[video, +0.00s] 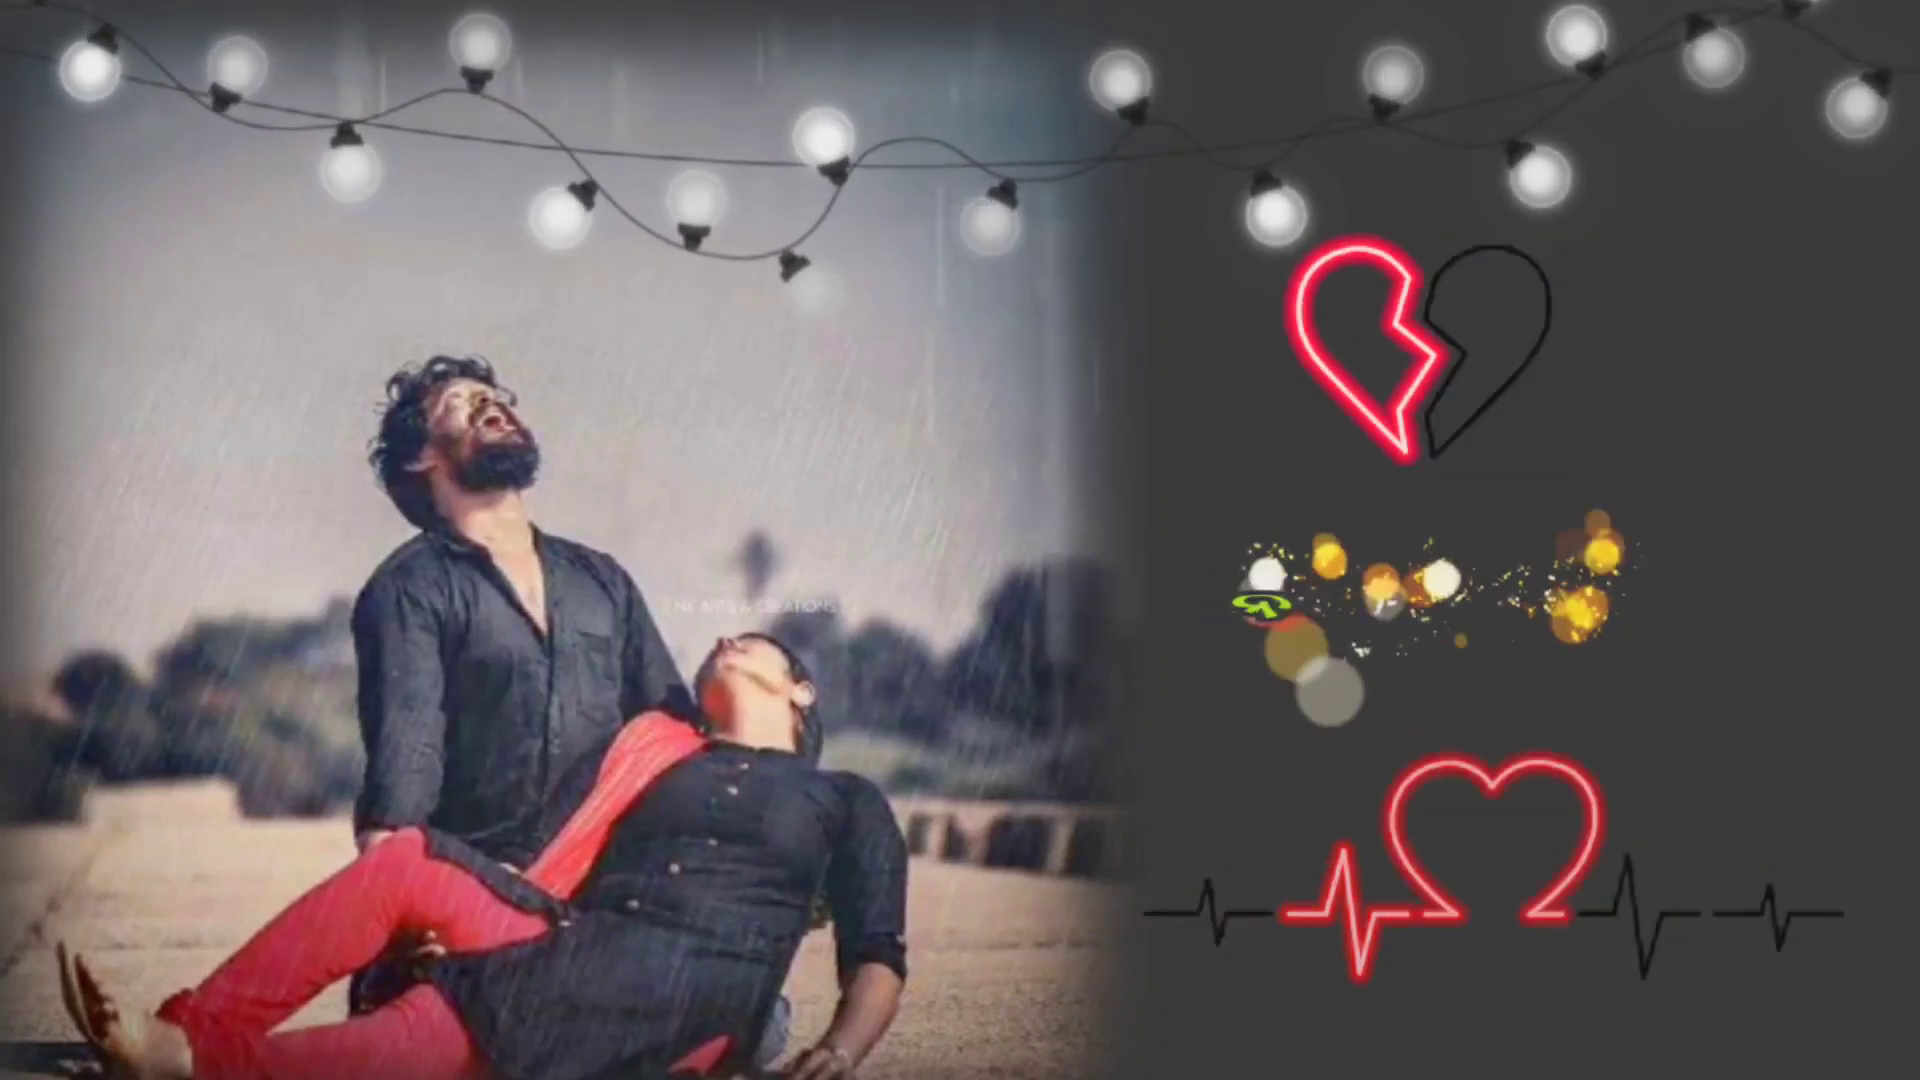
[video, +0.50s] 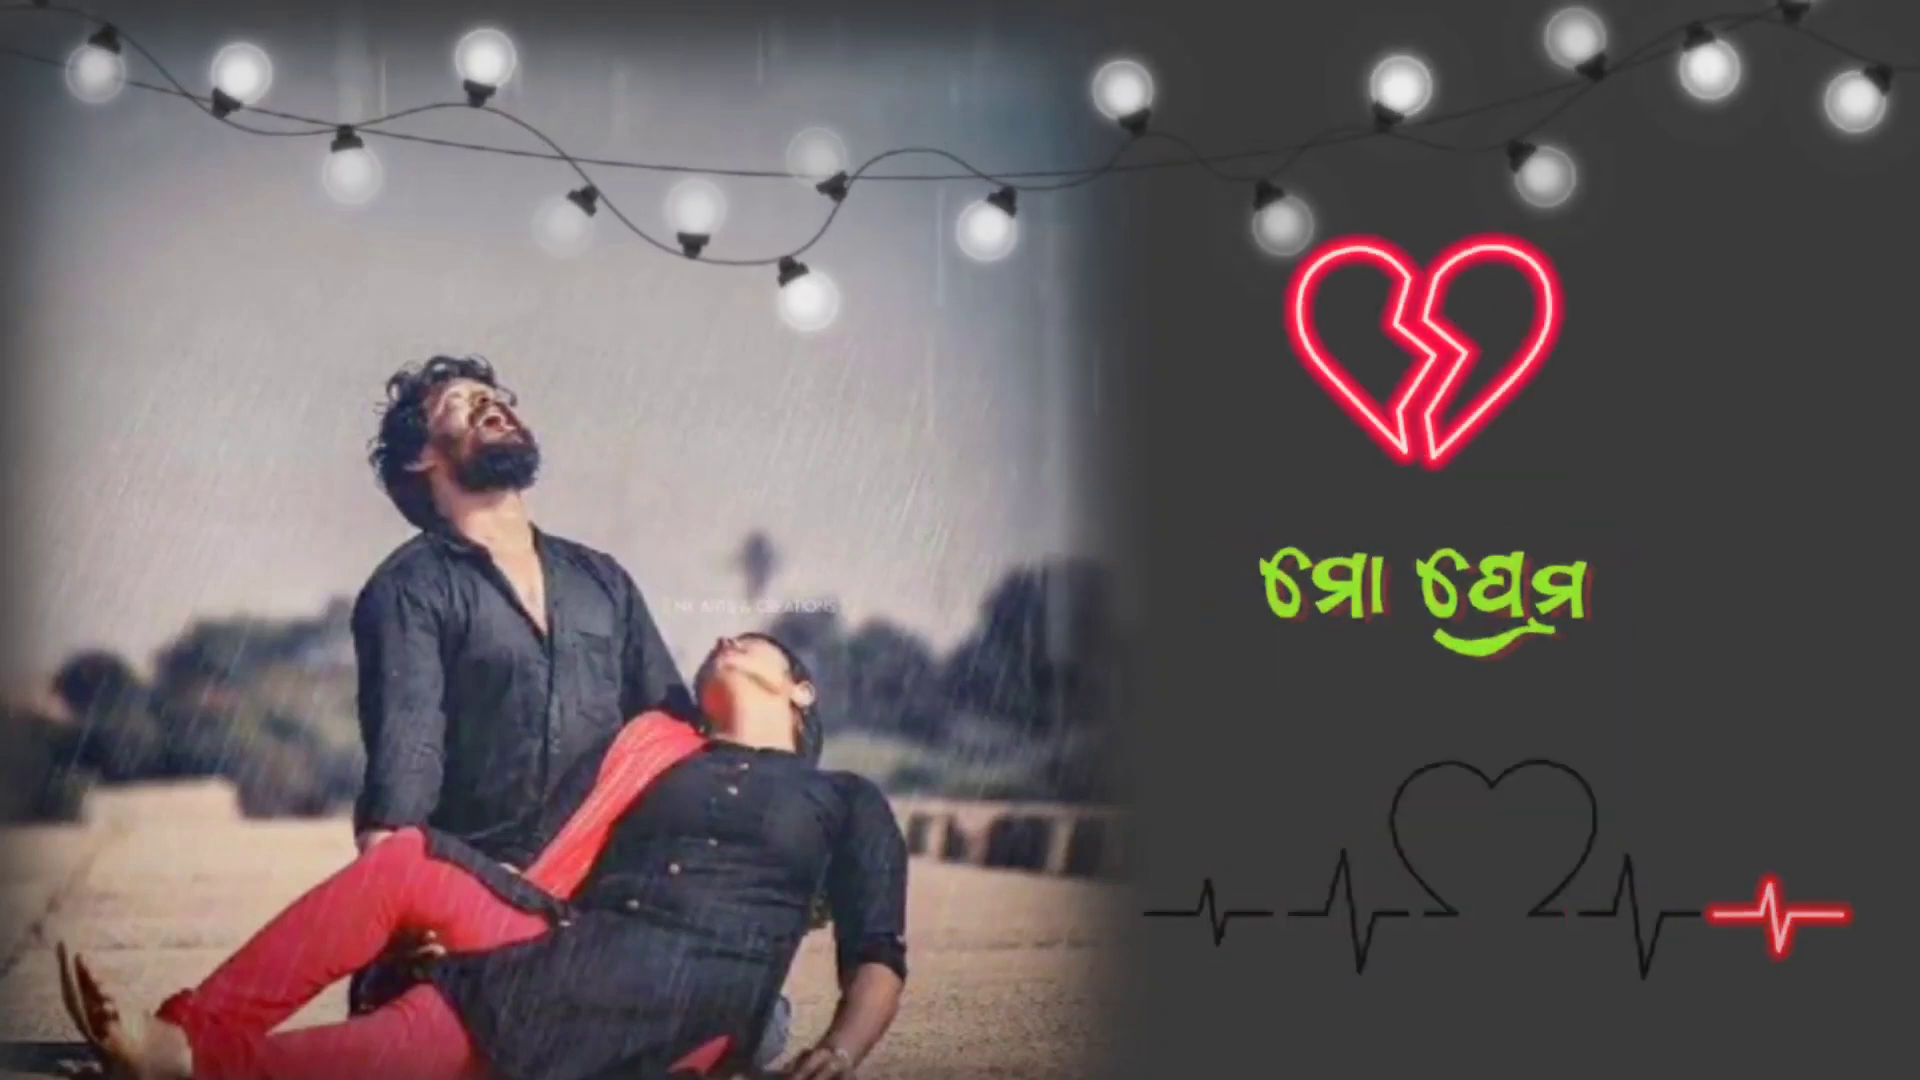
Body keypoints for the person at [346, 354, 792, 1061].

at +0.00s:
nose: (496, 409)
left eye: (502, 401)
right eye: (463, 406)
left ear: (525, 437)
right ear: (421, 462)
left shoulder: (603, 579)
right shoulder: (410, 588)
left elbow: (678, 729)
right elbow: (404, 750)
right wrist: (389, 900)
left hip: (616, 884)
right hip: (461, 890)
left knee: (762, 1019)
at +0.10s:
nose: (496, 409)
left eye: (501, 401)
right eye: (462, 406)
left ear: (524, 438)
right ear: (421, 463)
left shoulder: (603, 579)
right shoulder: (410, 588)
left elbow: (678, 729)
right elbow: (404, 751)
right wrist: (389, 900)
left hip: (617, 885)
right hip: (462, 890)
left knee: (762, 1020)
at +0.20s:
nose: (496, 409)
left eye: (501, 401)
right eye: (462, 406)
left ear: (524, 438)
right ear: (421, 463)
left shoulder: (603, 579)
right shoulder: (410, 588)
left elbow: (678, 729)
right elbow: (404, 751)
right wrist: (389, 900)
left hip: (617, 885)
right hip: (462, 890)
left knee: (761, 1020)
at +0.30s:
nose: (496, 408)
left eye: (501, 401)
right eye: (462, 406)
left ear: (524, 438)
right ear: (421, 463)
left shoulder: (603, 579)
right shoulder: (410, 588)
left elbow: (679, 729)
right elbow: (404, 753)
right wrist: (389, 902)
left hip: (617, 885)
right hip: (461, 891)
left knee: (761, 1019)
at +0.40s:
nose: (496, 408)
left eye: (501, 401)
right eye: (462, 406)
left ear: (524, 438)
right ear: (421, 463)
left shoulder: (603, 579)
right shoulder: (410, 588)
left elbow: (679, 729)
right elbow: (404, 753)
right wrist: (389, 902)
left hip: (617, 885)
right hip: (461, 891)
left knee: (761, 1019)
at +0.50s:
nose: (495, 409)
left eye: (501, 401)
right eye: (461, 406)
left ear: (525, 436)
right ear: (421, 462)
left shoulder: (603, 579)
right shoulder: (410, 587)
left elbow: (678, 729)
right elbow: (404, 748)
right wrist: (389, 895)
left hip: (617, 884)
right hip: (462, 890)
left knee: (762, 1020)